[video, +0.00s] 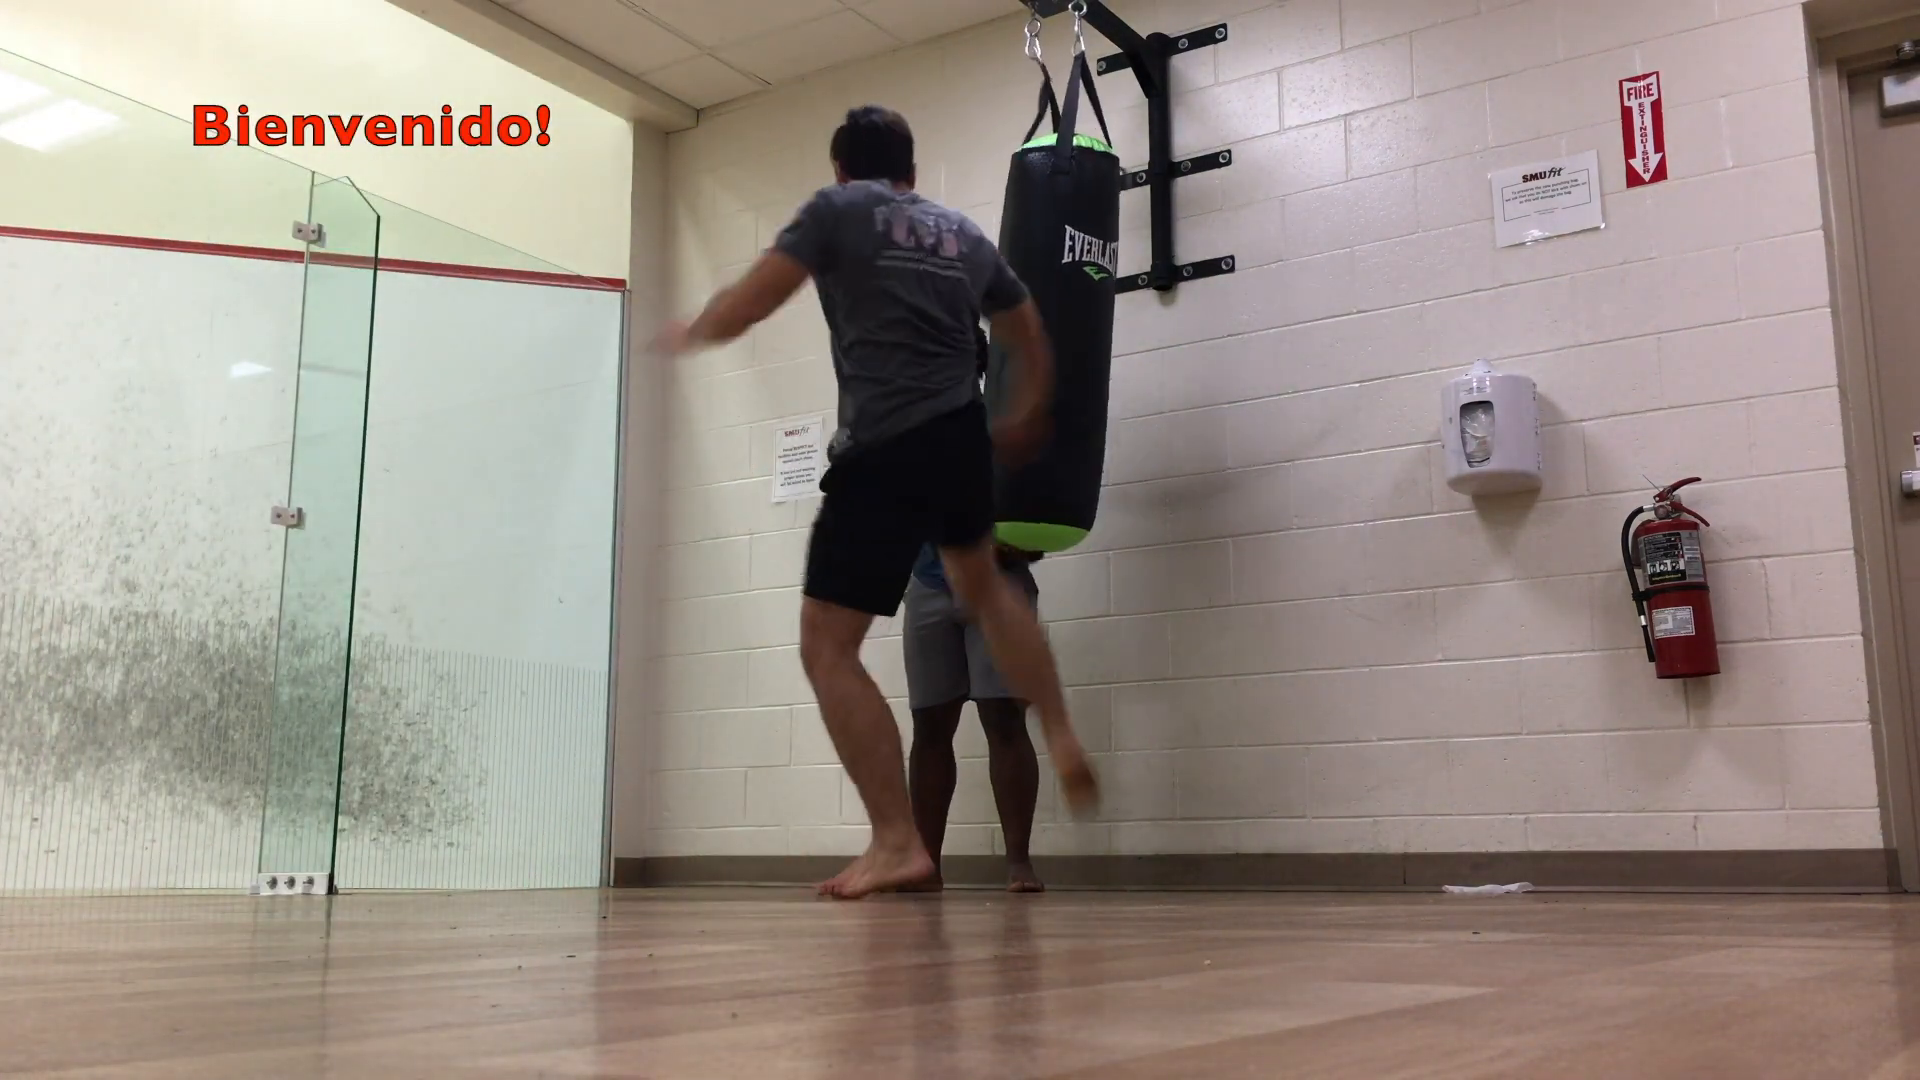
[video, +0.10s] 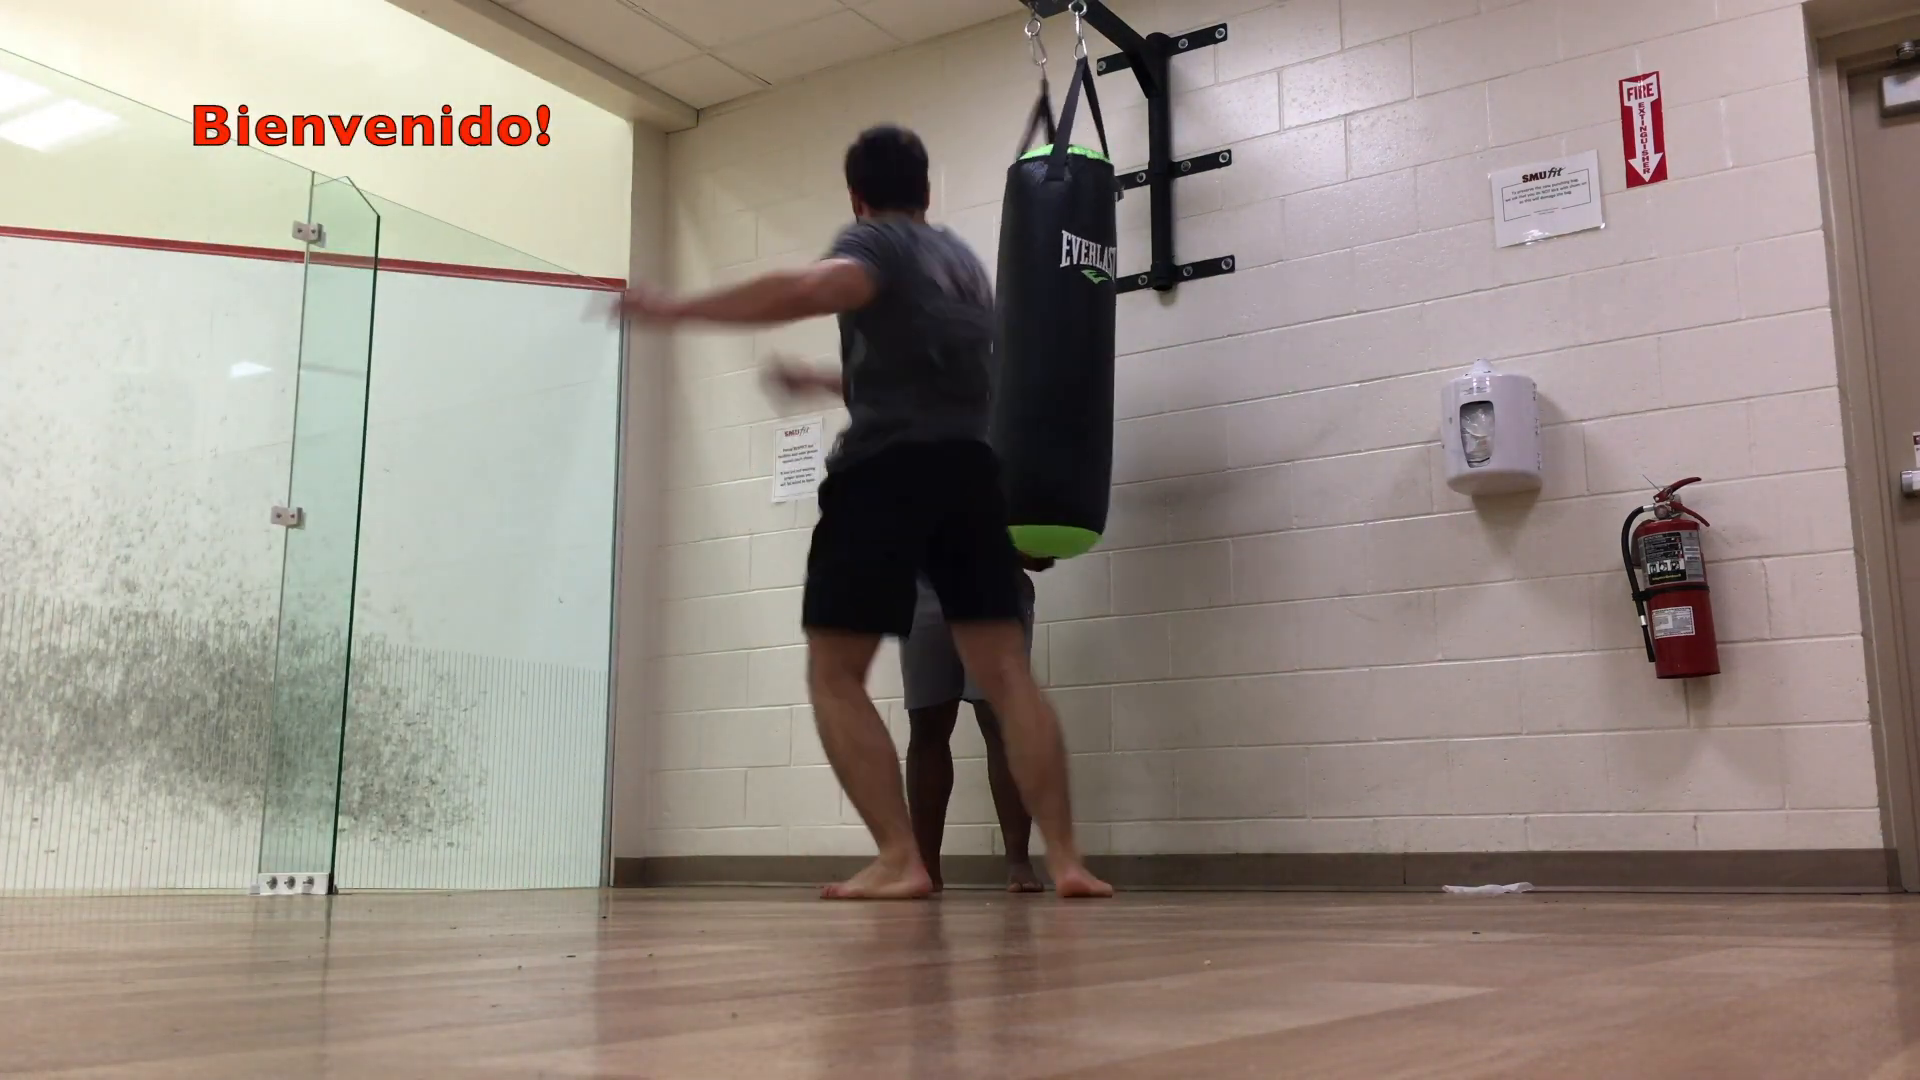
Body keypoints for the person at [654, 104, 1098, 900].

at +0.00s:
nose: (835, 182)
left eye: (835, 172)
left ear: (838, 170)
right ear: (912, 171)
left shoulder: (834, 210)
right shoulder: (961, 232)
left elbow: (749, 302)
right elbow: (1032, 338)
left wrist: (693, 330)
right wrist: (1024, 415)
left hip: (879, 456)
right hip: (963, 445)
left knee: (829, 648)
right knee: (983, 582)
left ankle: (897, 844)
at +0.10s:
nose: (855, 205)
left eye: (852, 193)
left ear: (855, 193)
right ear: (926, 193)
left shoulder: (875, 241)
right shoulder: (963, 260)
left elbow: (817, 290)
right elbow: (941, 378)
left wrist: (674, 307)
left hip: (880, 484)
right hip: (966, 480)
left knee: (837, 679)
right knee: (1007, 672)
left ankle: (900, 859)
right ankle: (1065, 860)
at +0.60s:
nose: (861, 173)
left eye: (859, 162)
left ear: (865, 162)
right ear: (938, 157)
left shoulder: (885, 213)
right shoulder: (986, 224)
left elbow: (868, 280)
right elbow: (1015, 331)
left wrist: (770, 375)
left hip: (907, 462)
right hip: (999, 456)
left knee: (859, 656)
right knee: (1046, 650)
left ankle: (949, 841)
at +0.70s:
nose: (869, 181)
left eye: (867, 170)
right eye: (876, 174)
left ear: (874, 170)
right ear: (947, 166)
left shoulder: (902, 219)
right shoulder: (981, 232)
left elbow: (871, 271)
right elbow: (923, 310)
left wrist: (743, 317)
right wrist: (835, 287)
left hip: (913, 489)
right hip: (1001, 478)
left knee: (887, 665)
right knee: (1055, 646)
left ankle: (955, 851)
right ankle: (1122, 785)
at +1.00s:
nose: (865, 138)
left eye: (864, 127)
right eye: (870, 128)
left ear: (874, 126)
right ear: (945, 124)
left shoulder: (876, 179)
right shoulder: (1004, 191)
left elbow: (820, 311)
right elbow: (1093, 273)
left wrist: (851, 262)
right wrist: (1101, 314)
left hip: (932, 421)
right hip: (1016, 409)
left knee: (901, 623)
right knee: (1027, 496)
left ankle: (957, 830)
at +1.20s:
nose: (886, 181)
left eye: (883, 170)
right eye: (889, 171)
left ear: (890, 168)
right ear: (962, 164)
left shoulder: (921, 226)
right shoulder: (1007, 227)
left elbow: (887, 281)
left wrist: (745, 296)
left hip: (945, 484)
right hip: (1032, 475)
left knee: (918, 666)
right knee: (1089, 654)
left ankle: (982, 855)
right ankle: (1149, 836)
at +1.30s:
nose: (883, 149)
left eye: (881, 137)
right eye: (885, 139)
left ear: (894, 129)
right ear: (958, 127)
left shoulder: (919, 189)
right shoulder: (995, 187)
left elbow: (811, 258)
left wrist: (744, 294)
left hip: (963, 436)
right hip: (1027, 424)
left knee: (896, 616)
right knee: (1013, 541)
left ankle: (949, 821)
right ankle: (1156, 648)